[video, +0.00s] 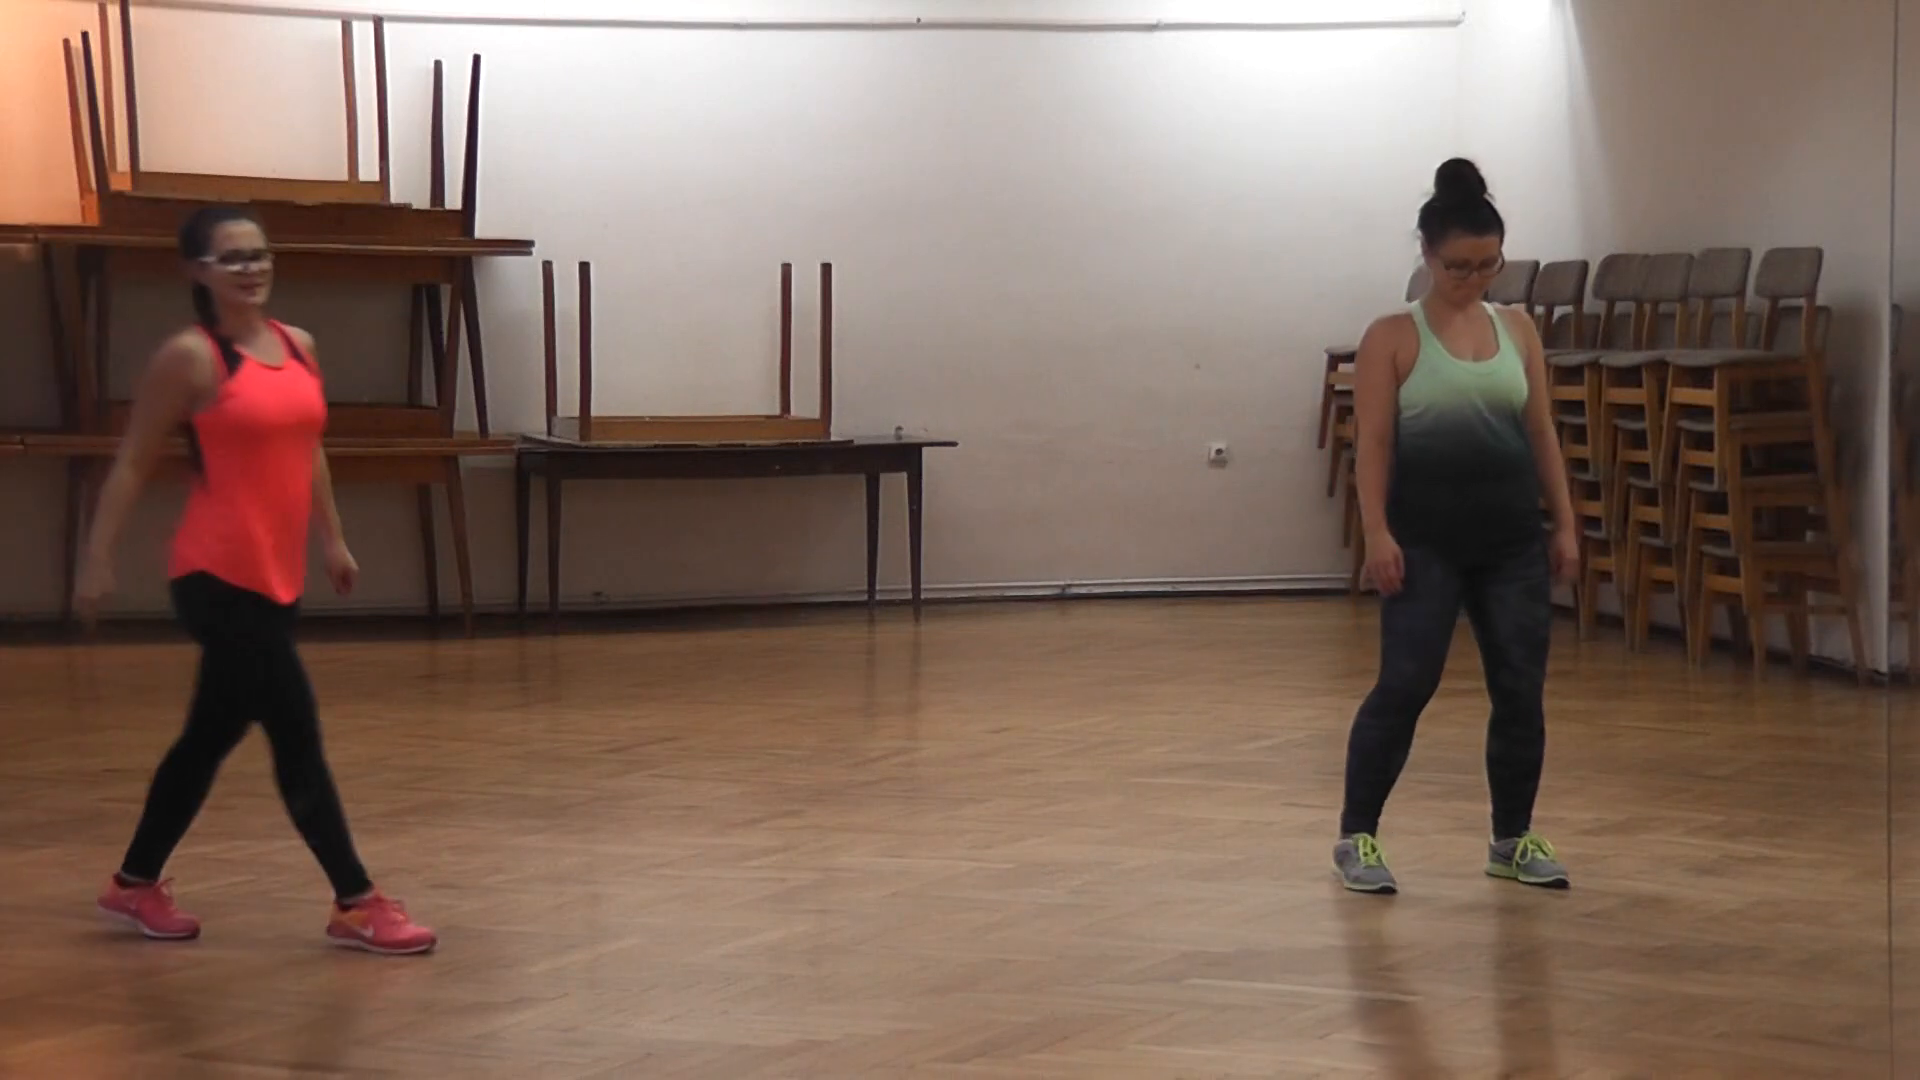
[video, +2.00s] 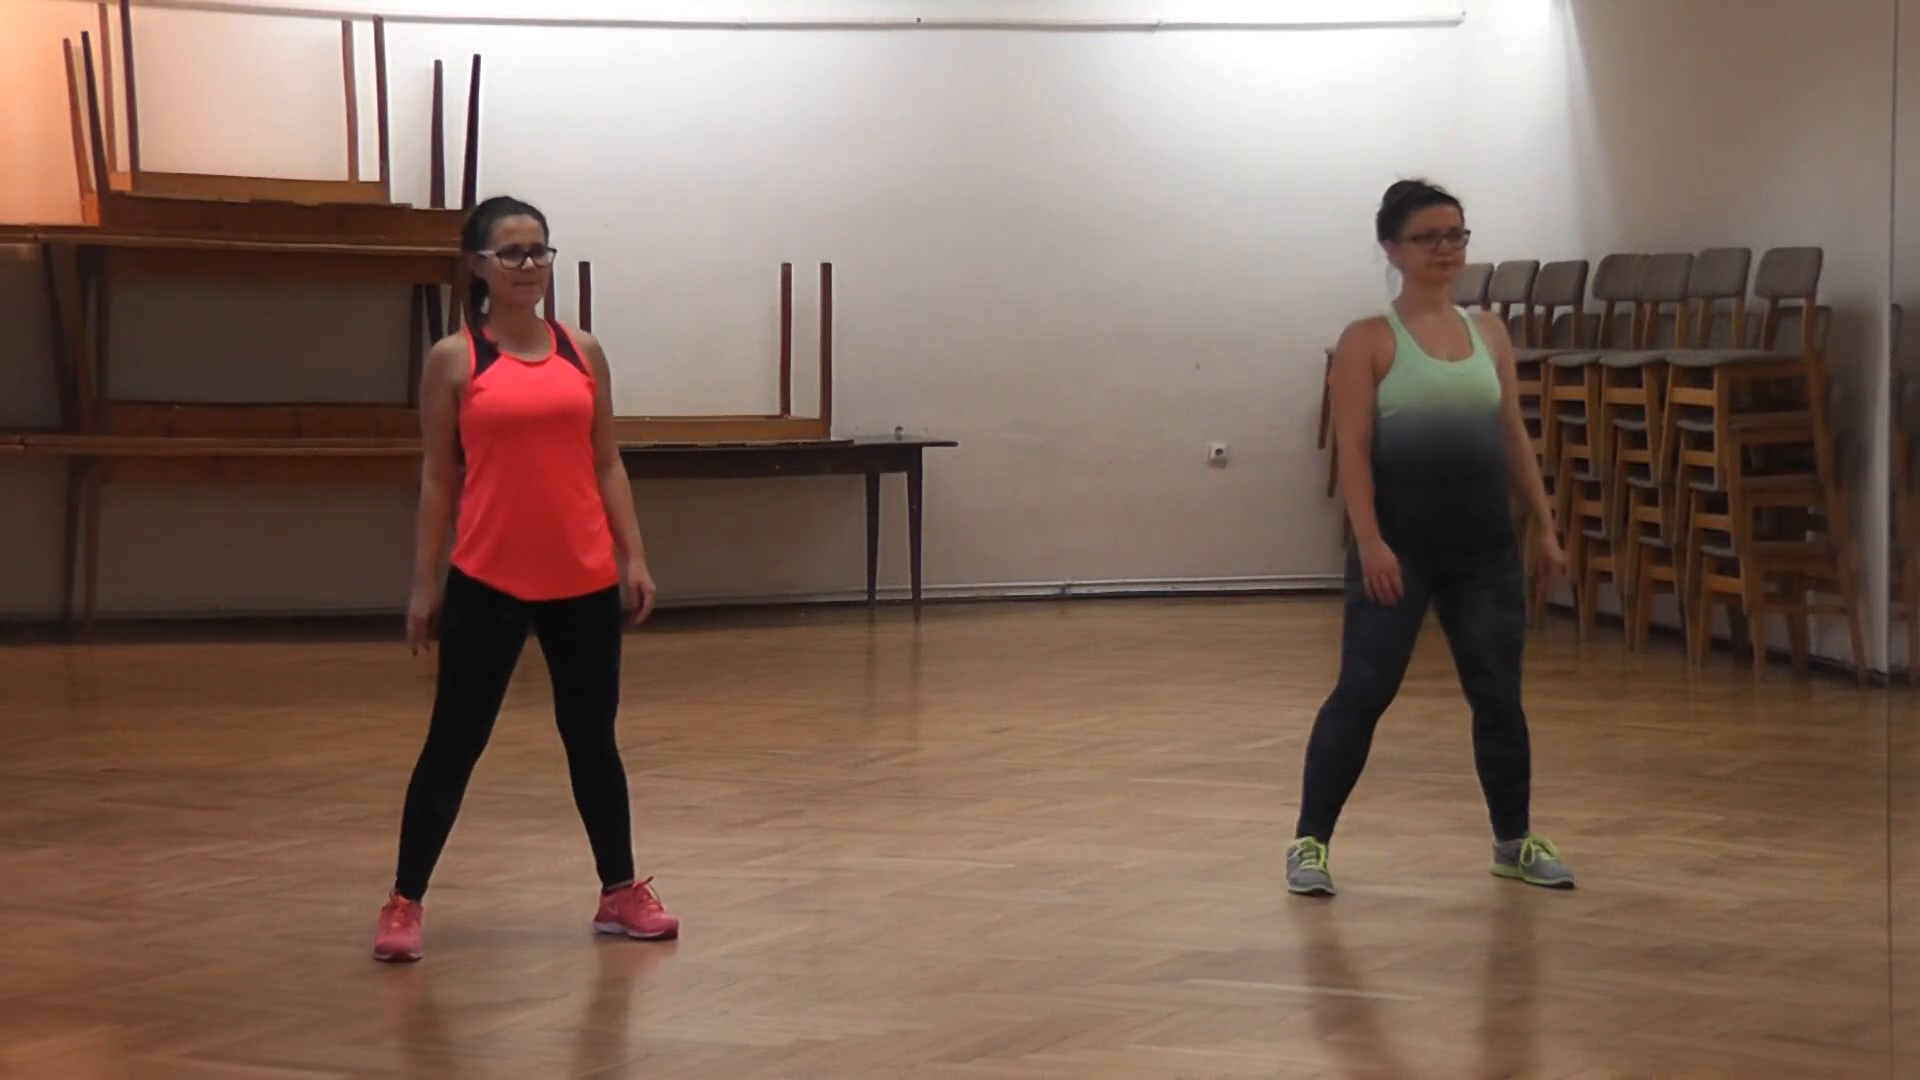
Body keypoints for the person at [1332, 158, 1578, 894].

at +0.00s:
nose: (1473, 279)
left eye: (1486, 265)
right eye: (1458, 267)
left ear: (1501, 252)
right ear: (1427, 254)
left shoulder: (1518, 330)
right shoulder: (1392, 337)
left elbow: (1543, 434)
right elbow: (1372, 445)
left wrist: (1566, 522)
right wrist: (1376, 534)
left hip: (1513, 545)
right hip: (1423, 547)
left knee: (1521, 695)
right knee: (1404, 689)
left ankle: (1512, 839)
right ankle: (1357, 836)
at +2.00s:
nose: (1447, 249)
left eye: (1456, 236)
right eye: (1429, 239)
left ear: (1466, 242)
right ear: (1393, 250)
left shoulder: (1488, 331)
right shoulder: (1367, 339)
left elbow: (1513, 434)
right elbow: (1351, 449)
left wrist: (1544, 522)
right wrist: (1368, 540)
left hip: (1484, 549)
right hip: (1398, 548)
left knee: (1499, 700)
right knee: (1361, 695)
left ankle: (1513, 843)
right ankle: (1311, 840)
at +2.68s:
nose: (1360, 246)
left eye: (1369, 233)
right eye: (1342, 235)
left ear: (1378, 240)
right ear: (1305, 245)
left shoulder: (1393, 332)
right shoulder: (1282, 333)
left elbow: (1410, 436)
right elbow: (1265, 446)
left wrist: (1434, 527)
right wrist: (1289, 538)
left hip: (1384, 544)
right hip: (1301, 543)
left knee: (1399, 695)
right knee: (1277, 692)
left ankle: (1421, 843)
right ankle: (1220, 848)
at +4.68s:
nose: (1302, 238)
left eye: (1304, 224)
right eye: (1282, 236)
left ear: (1317, 228)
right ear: (1255, 257)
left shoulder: (1364, 325)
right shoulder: (1233, 330)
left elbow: (1398, 427)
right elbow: (1207, 430)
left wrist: (1429, 506)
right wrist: (1192, 510)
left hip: (1353, 542)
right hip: (1262, 541)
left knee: (1358, 696)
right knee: (1236, 691)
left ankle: (1359, 846)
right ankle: (1193, 844)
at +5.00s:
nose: (1275, 274)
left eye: (1283, 255)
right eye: (1260, 267)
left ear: (1321, 236)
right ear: (1253, 269)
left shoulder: (1385, 322)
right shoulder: (1260, 336)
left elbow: (1420, 425)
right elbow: (1243, 434)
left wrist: (1372, 482)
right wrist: (1184, 499)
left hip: (1374, 541)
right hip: (1285, 542)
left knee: (1364, 698)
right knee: (1259, 691)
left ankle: (1362, 848)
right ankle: (1223, 847)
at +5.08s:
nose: (1270, 269)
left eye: (1278, 250)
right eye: (1256, 260)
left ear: (1318, 231)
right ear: (1251, 262)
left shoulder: (1381, 317)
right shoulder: (1263, 327)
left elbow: (1400, 416)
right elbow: (1257, 417)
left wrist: (1322, 451)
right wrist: (1193, 476)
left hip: (1375, 530)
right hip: (1288, 529)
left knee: (1368, 691)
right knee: (1262, 684)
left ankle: (1369, 842)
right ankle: (1233, 840)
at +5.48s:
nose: (1211, 280)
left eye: (1223, 265)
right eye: (1200, 268)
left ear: (1263, 254)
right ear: (1191, 264)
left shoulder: (1309, 338)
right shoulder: (1196, 340)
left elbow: (1344, 447)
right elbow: (1187, 437)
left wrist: (1334, 540)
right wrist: (1137, 481)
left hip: (1305, 552)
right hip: (1229, 553)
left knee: (1296, 690)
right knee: (1239, 700)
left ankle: (1372, 814)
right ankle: (1291, 845)